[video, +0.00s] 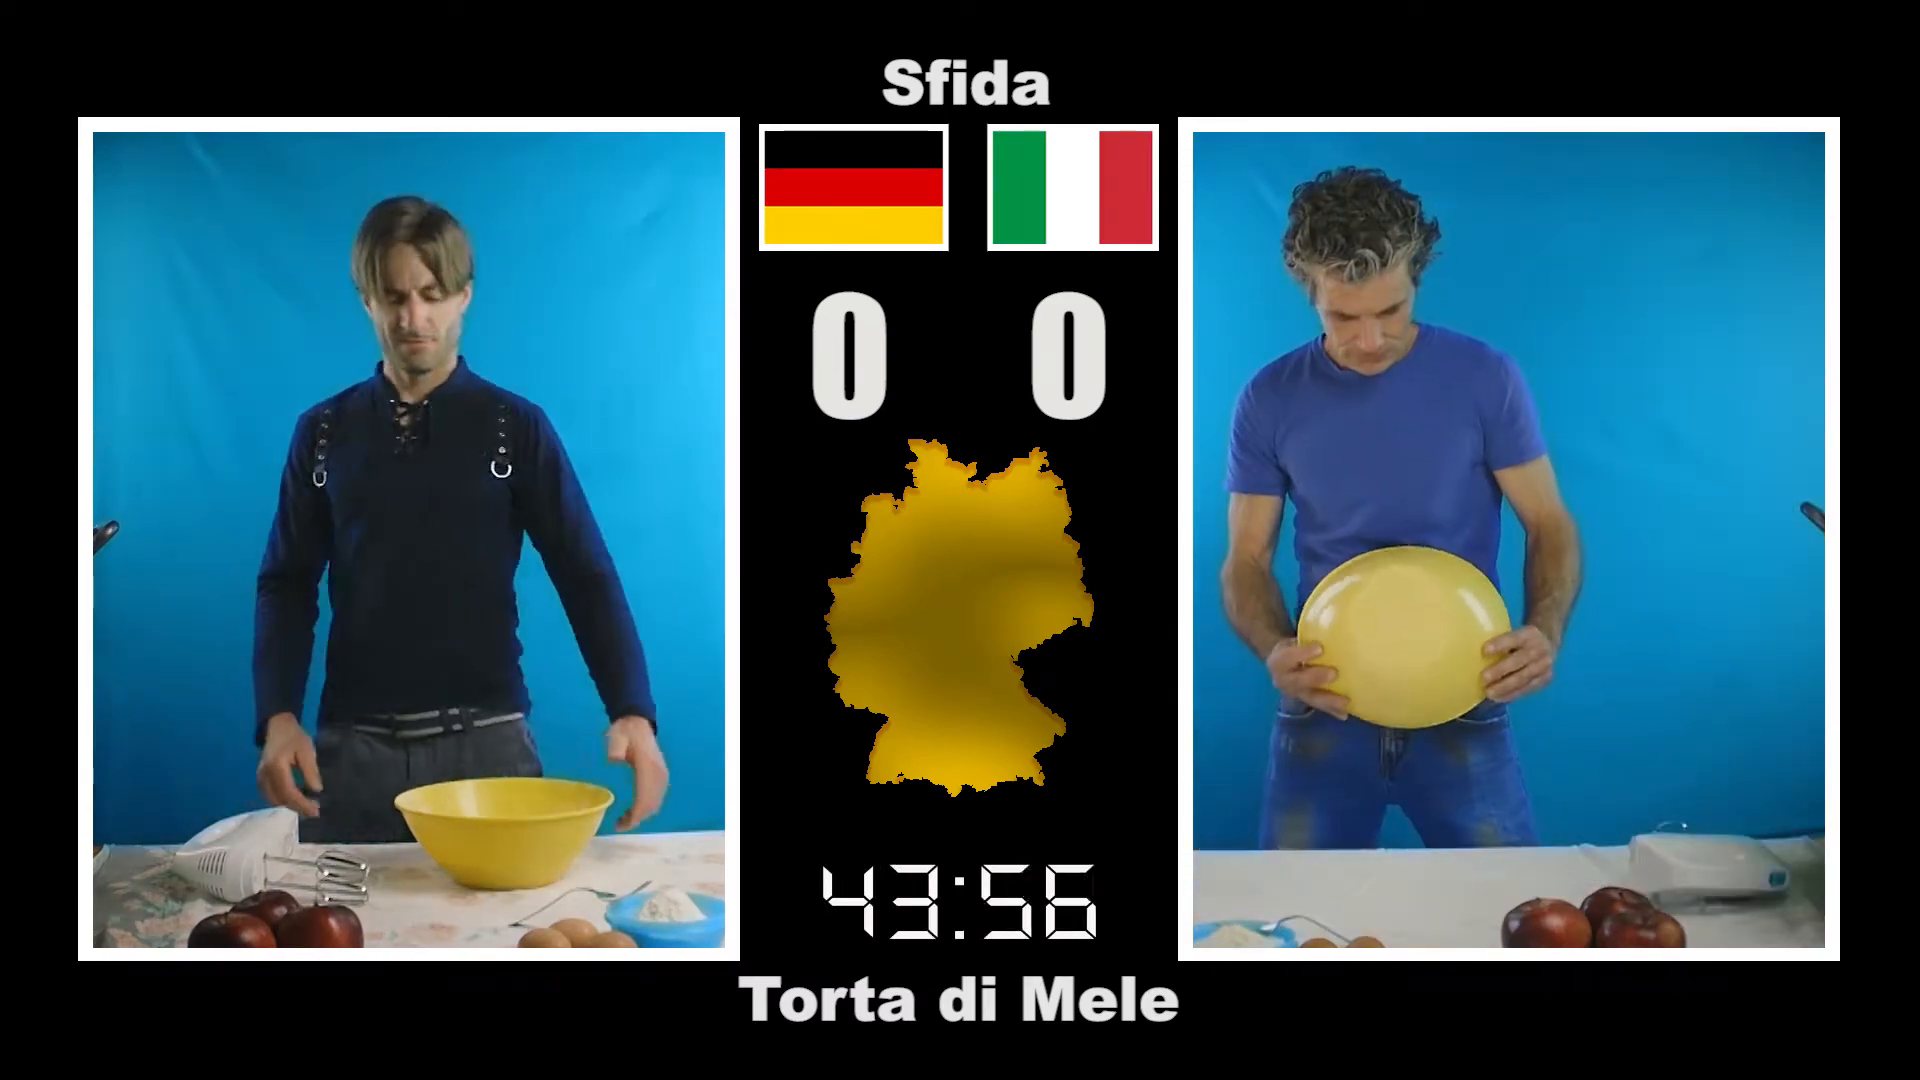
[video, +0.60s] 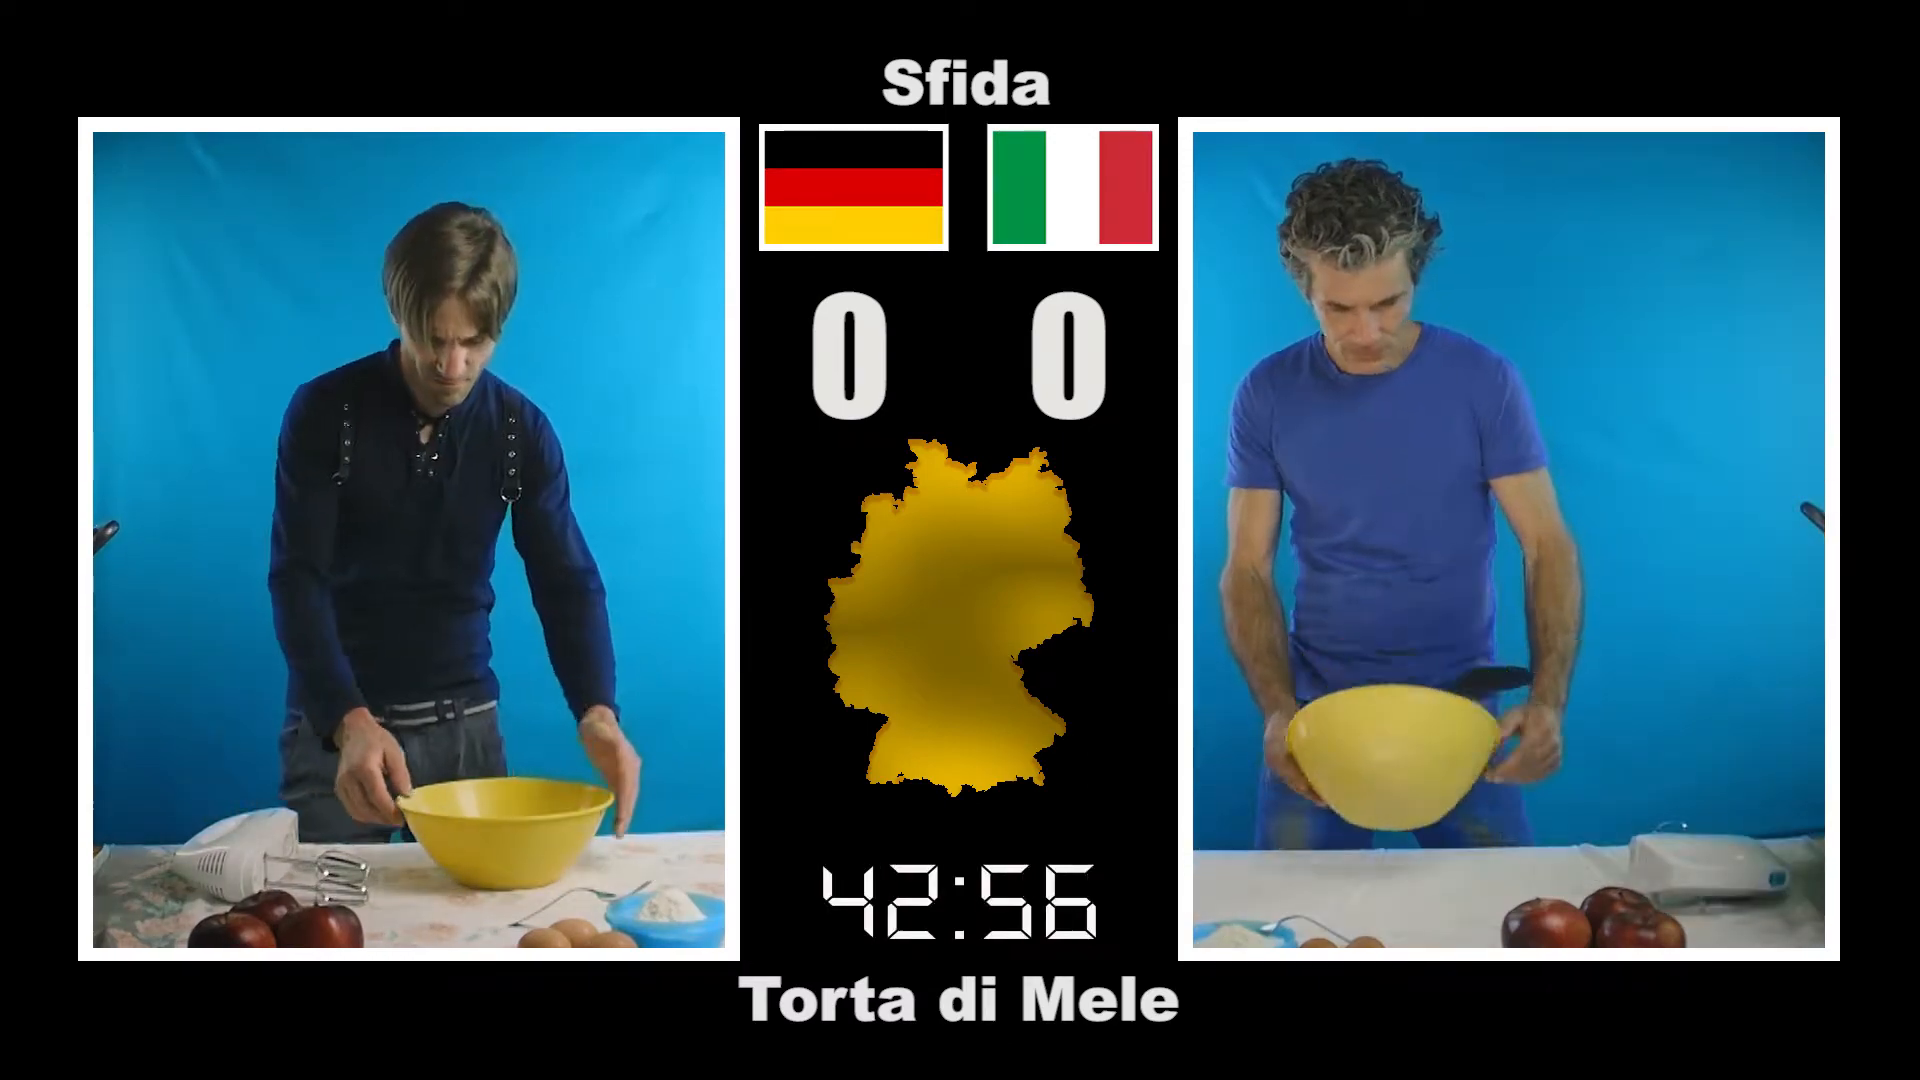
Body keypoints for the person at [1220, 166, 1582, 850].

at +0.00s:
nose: (1371, 337)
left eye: (1390, 311)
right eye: (1346, 316)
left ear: (1414, 282)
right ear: (1311, 291)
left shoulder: (1483, 381)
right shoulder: (1273, 399)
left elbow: (1550, 524)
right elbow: (1247, 561)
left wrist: (1545, 629)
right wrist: (1275, 649)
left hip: (1463, 712)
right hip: (1324, 716)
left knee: (1515, 926)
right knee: (1300, 932)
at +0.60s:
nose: (1366, 331)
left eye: (1387, 303)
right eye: (1341, 308)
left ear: (1414, 278)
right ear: (1305, 286)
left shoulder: (1480, 382)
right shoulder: (1270, 394)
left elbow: (1549, 546)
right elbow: (1247, 570)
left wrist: (1548, 700)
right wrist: (1279, 711)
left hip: (1459, 698)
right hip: (1320, 700)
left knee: (1497, 924)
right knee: (1298, 928)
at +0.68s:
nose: (1439, 352)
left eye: (1459, 326)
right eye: (1413, 330)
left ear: (1476, 301)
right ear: (1363, 302)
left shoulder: (1516, 398)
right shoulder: (1307, 390)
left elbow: (1555, 563)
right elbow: (1312, 577)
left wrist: (1559, 692)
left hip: (1470, 726)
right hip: (1335, 719)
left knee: (1502, 940)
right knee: (1320, 940)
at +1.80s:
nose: (1417, 359)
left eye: (1434, 335)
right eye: (1396, 334)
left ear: (1447, 326)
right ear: (1338, 322)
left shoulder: (1464, 433)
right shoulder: (1262, 433)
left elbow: (1513, 574)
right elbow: (1238, 610)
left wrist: (1553, 701)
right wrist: (1329, 703)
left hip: (1433, 739)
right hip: (1297, 741)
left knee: (1496, 925)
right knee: (1265, 937)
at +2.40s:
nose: (1420, 460)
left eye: (1432, 433)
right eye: (1396, 438)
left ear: (1442, 411)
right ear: (1328, 421)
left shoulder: (1463, 493)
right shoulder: (1260, 495)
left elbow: (1561, 631)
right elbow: (1266, 684)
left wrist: (1651, 749)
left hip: (1419, 762)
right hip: (1294, 759)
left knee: (1436, 932)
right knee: (1254, 926)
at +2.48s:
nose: (1440, 467)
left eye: (1455, 440)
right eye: (1417, 445)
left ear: (1465, 420)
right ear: (1351, 430)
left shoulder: (1479, 493)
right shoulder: (1293, 497)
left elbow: (1571, 643)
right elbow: (1345, 684)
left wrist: (1640, 769)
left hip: (1433, 760)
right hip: (1309, 757)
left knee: (1456, 932)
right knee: (1272, 930)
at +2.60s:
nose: (1509, 479)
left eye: (1522, 452)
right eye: (1486, 454)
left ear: (1533, 439)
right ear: (1418, 445)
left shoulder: (1529, 507)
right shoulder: (1361, 524)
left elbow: (1578, 656)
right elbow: (1458, 667)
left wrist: (1624, 778)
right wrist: (1614, 763)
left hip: (1450, 761)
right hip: (1333, 769)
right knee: (1313, 937)